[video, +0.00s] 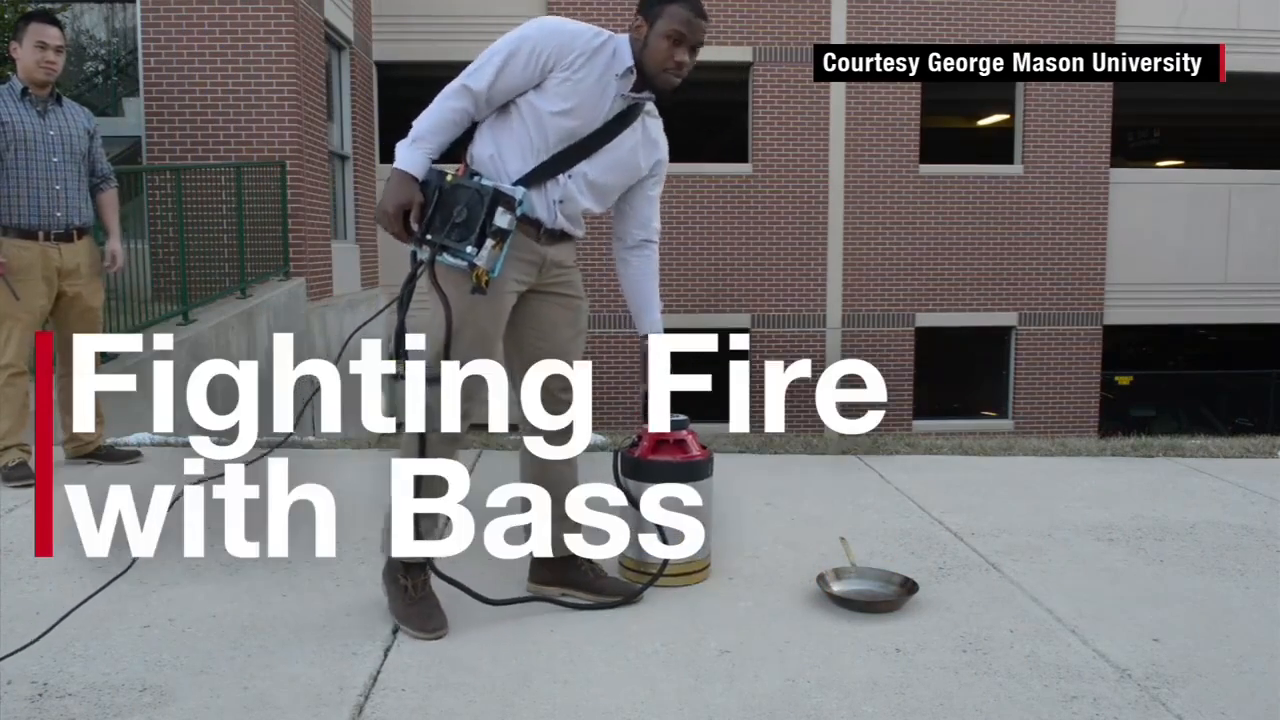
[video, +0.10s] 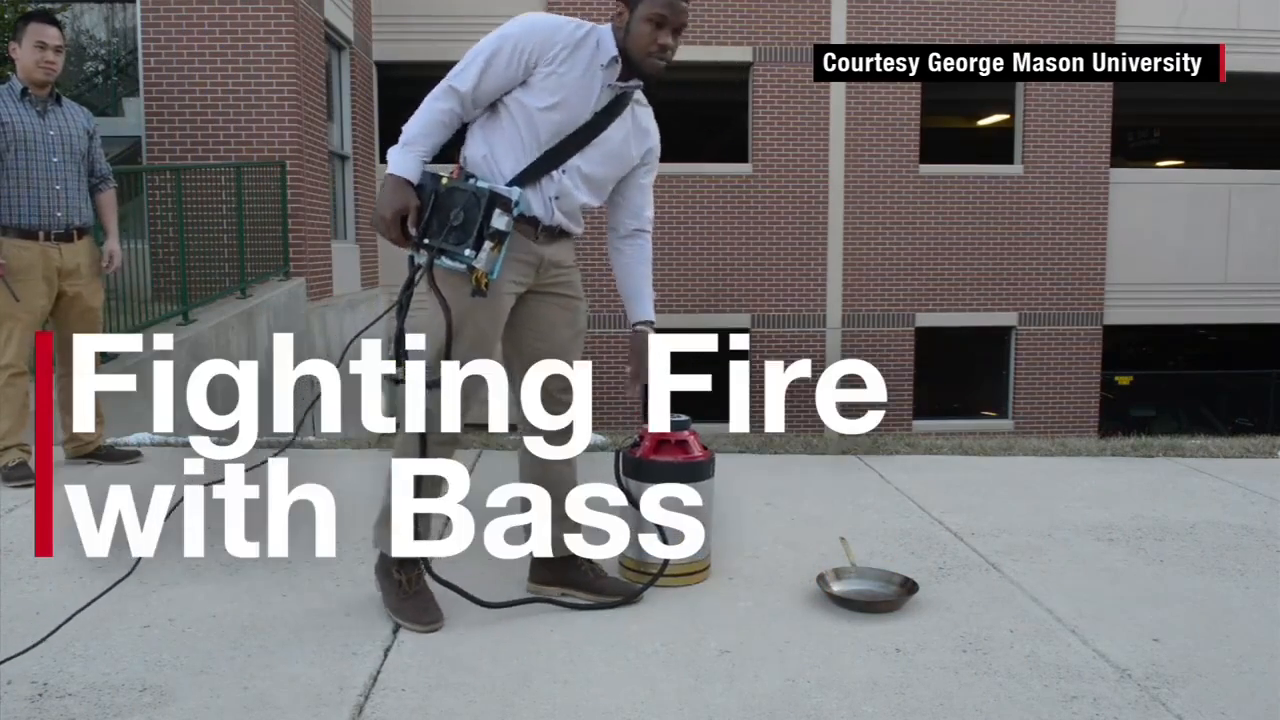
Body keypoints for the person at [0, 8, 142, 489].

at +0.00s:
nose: (52, 58)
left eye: (60, 51)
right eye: (42, 48)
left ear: (66, 60)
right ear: (15, 51)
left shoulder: (81, 116)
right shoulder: (3, 105)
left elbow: (103, 180)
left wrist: (115, 236)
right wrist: (0, 248)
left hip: (79, 249)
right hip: (18, 250)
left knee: (84, 352)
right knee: (15, 360)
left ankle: (86, 442)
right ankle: (13, 453)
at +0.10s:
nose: (51, 57)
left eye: (58, 51)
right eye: (41, 47)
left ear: (64, 60)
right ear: (15, 52)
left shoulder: (80, 116)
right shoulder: (3, 105)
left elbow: (102, 180)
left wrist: (113, 235)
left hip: (79, 249)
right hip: (19, 251)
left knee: (84, 353)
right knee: (15, 360)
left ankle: (86, 442)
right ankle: (13, 453)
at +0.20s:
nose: (49, 57)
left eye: (57, 50)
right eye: (39, 47)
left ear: (64, 59)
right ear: (14, 52)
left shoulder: (79, 116)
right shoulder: (3, 105)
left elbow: (101, 180)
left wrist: (112, 235)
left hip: (79, 249)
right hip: (19, 251)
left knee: (84, 353)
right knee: (15, 360)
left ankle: (87, 442)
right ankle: (13, 453)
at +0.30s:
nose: (50, 57)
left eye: (57, 51)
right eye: (39, 47)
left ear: (63, 60)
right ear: (14, 52)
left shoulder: (79, 116)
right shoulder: (3, 105)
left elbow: (101, 180)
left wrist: (113, 235)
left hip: (79, 249)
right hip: (18, 250)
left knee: (84, 352)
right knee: (15, 360)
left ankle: (86, 442)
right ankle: (13, 453)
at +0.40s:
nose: (49, 57)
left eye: (56, 50)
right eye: (39, 47)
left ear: (63, 59)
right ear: (14, 52)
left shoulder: (78, 116)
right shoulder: (3, 105)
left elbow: (101, 180)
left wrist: (114, 235)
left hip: (79, 249)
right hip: (19, 250)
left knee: (84, 352)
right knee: (15, 360)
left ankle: (87, 442)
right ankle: (13, 453)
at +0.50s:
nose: (49, 57)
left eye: (57, 50)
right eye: (39, 47)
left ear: (63, 59)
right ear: (14, 52)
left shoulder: (78, 116)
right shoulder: (3, 105)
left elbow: (101, 179)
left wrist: (114, 235)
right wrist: (1, 249)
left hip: (79, 249)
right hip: (18, 250)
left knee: (84, 353)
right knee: (16, 360)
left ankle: (87, 442)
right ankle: (14, 453)